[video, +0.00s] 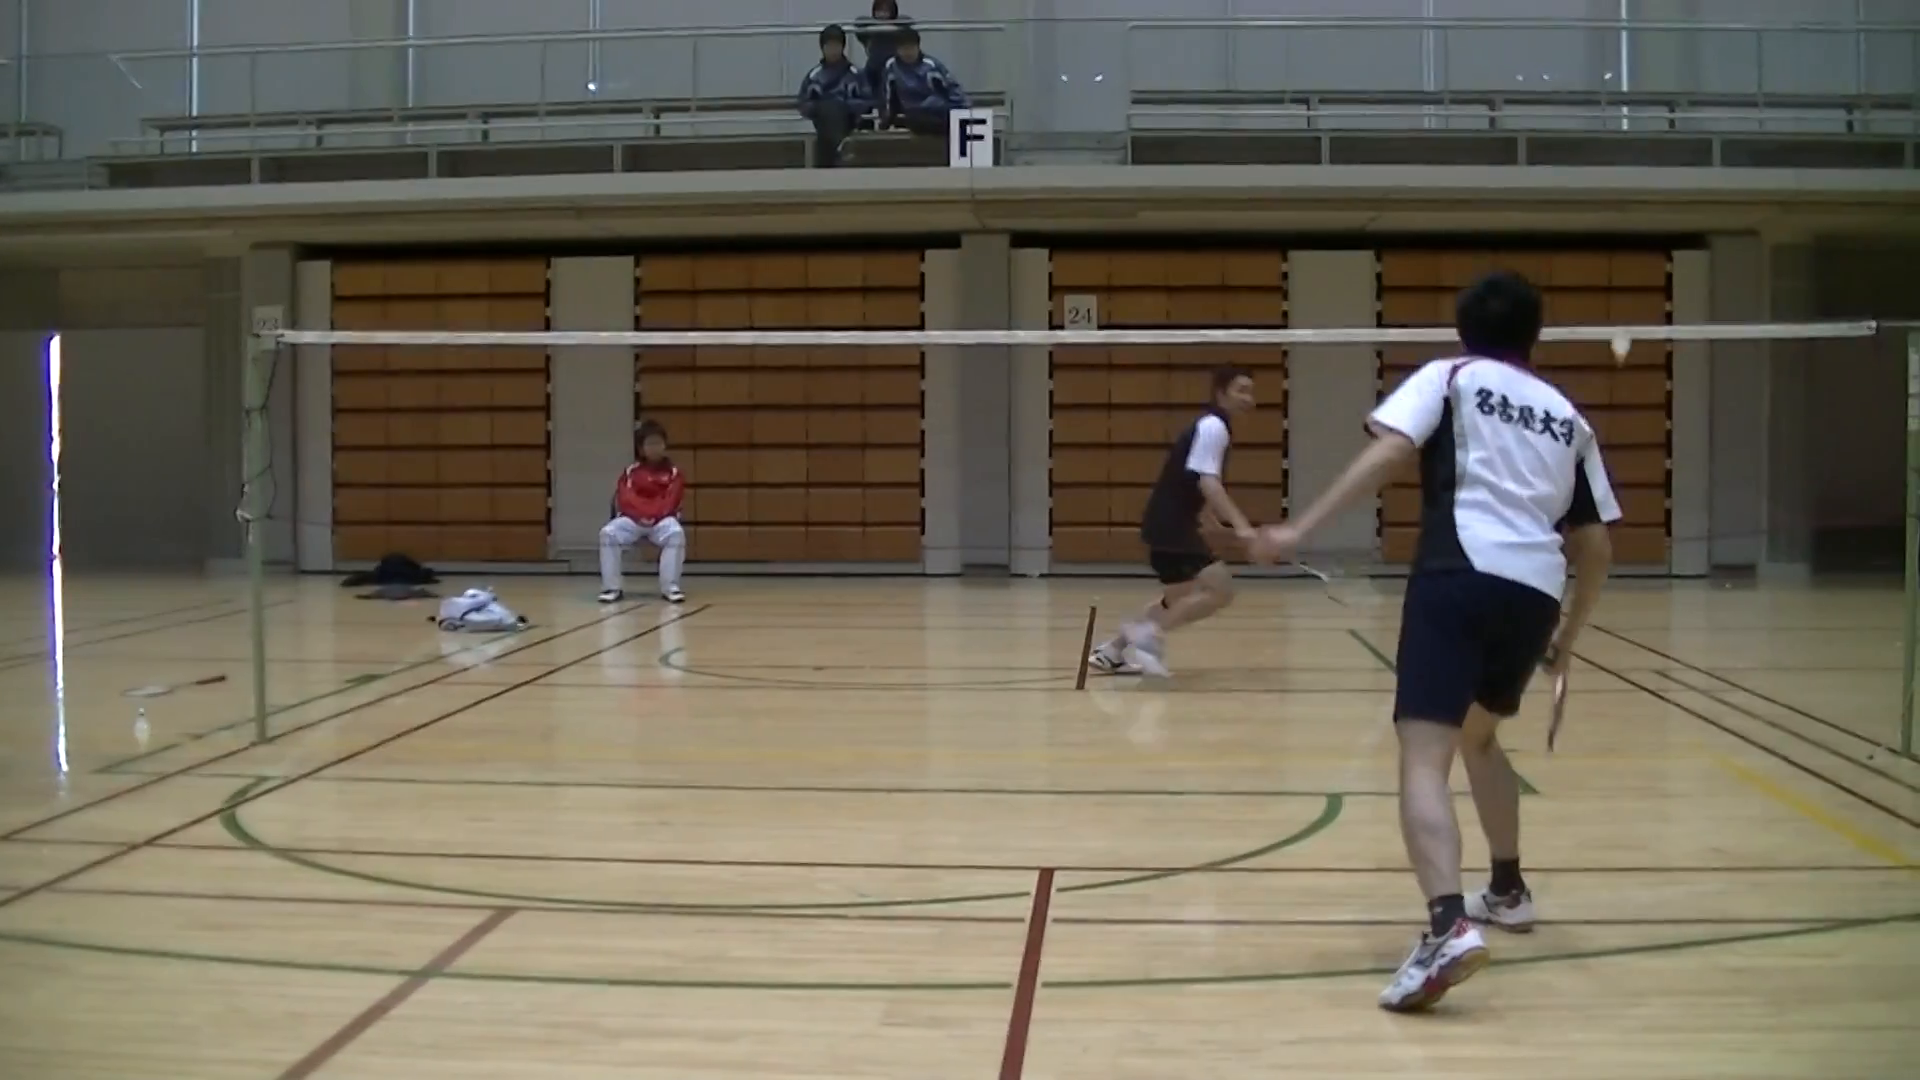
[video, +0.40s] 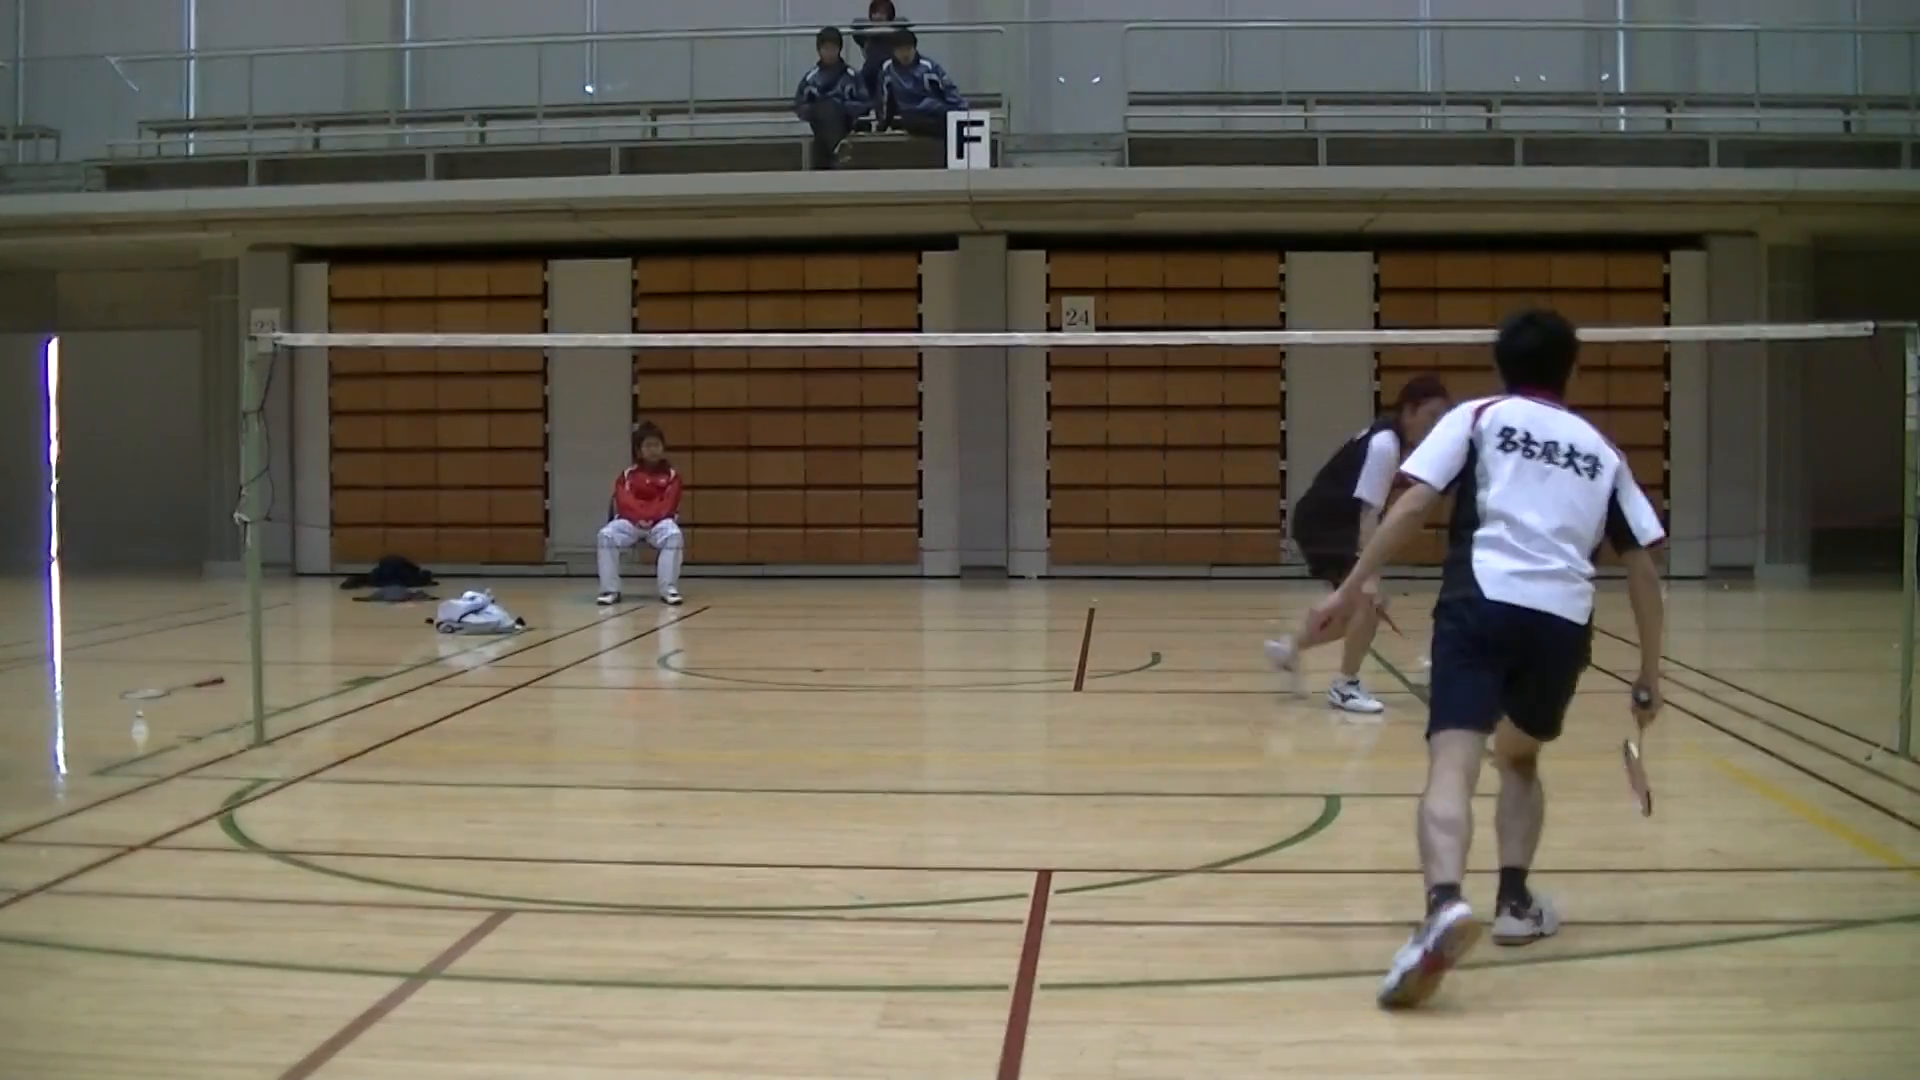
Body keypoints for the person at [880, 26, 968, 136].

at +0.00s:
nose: (908, 53)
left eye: (911, 48)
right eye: (904, 49)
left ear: (918, 48)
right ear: (897, 50)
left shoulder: (932, 65)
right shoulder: (892, 67)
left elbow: (951, 87)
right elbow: (888, 96)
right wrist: (886, 120)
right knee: (933, 102)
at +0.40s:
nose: (905, 54)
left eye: (908, 49)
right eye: (900, 50)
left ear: (915, 49)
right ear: (894, 52)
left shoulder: (929, 67)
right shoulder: (888, 70)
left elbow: (948, 89)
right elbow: (884, 98)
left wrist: (961, 108)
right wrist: (883, 123)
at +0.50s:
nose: (906, 54)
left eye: (909, 49)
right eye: (901, 50)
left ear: (916, 49)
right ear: (895, 52)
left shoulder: (930, 66)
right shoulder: (888, 70)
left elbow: (948, 89)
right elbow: (884, 99)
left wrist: (961, 108)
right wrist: (884, 123)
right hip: (910, 115)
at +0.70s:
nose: (907, 54)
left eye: (910, 49)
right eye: (902, 50)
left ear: (917, 49)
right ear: (896, 52)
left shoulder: (930, 66)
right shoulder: (890, 70)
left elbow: (950, 89)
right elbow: (885, 99)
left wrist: (963, 108)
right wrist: (885, 123)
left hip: (940, 111)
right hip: (912, 116)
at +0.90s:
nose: (908, 54)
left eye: (911, 49)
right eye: (903, 50)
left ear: (917, 49)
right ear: (897, 52)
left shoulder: (931, 66)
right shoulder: (890, 70)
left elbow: (951, 89)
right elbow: (885, 98)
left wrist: (963, 108)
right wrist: (885, 122)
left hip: (940, 109)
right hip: (911, 114)